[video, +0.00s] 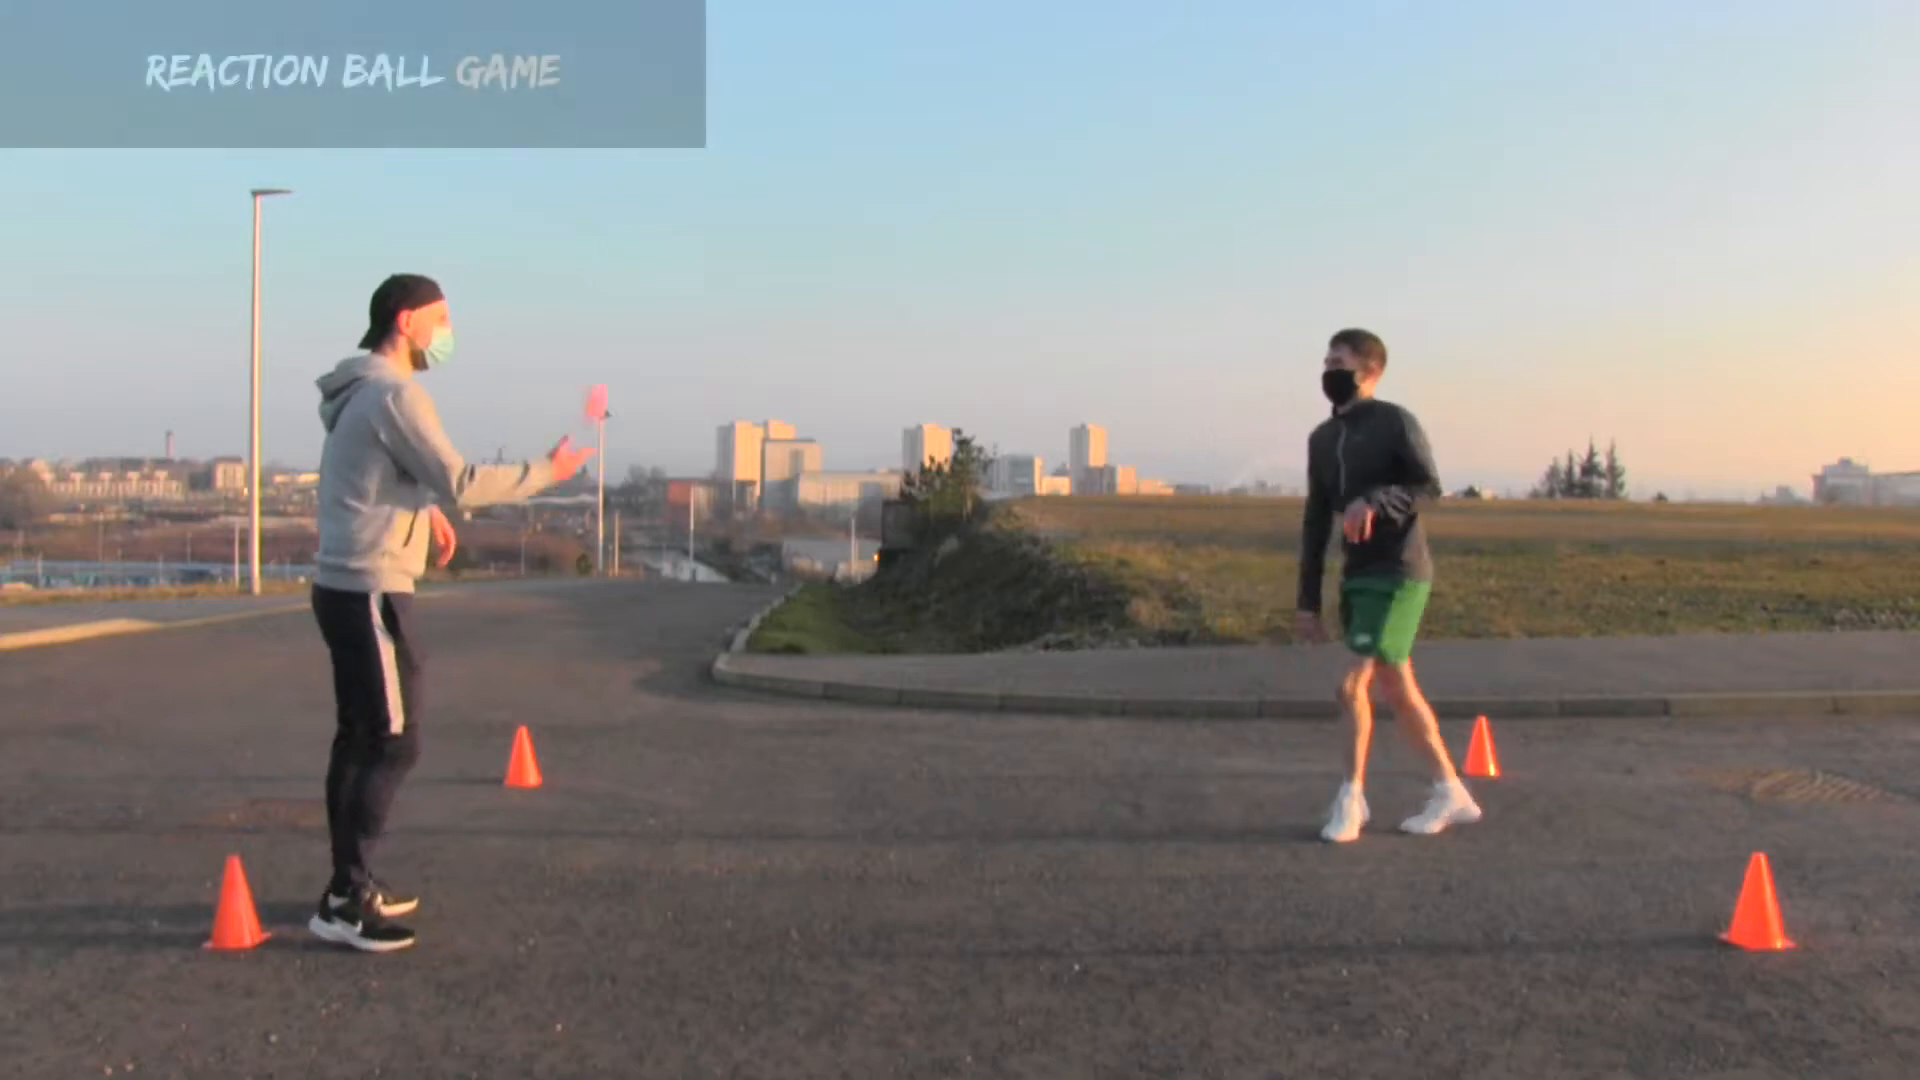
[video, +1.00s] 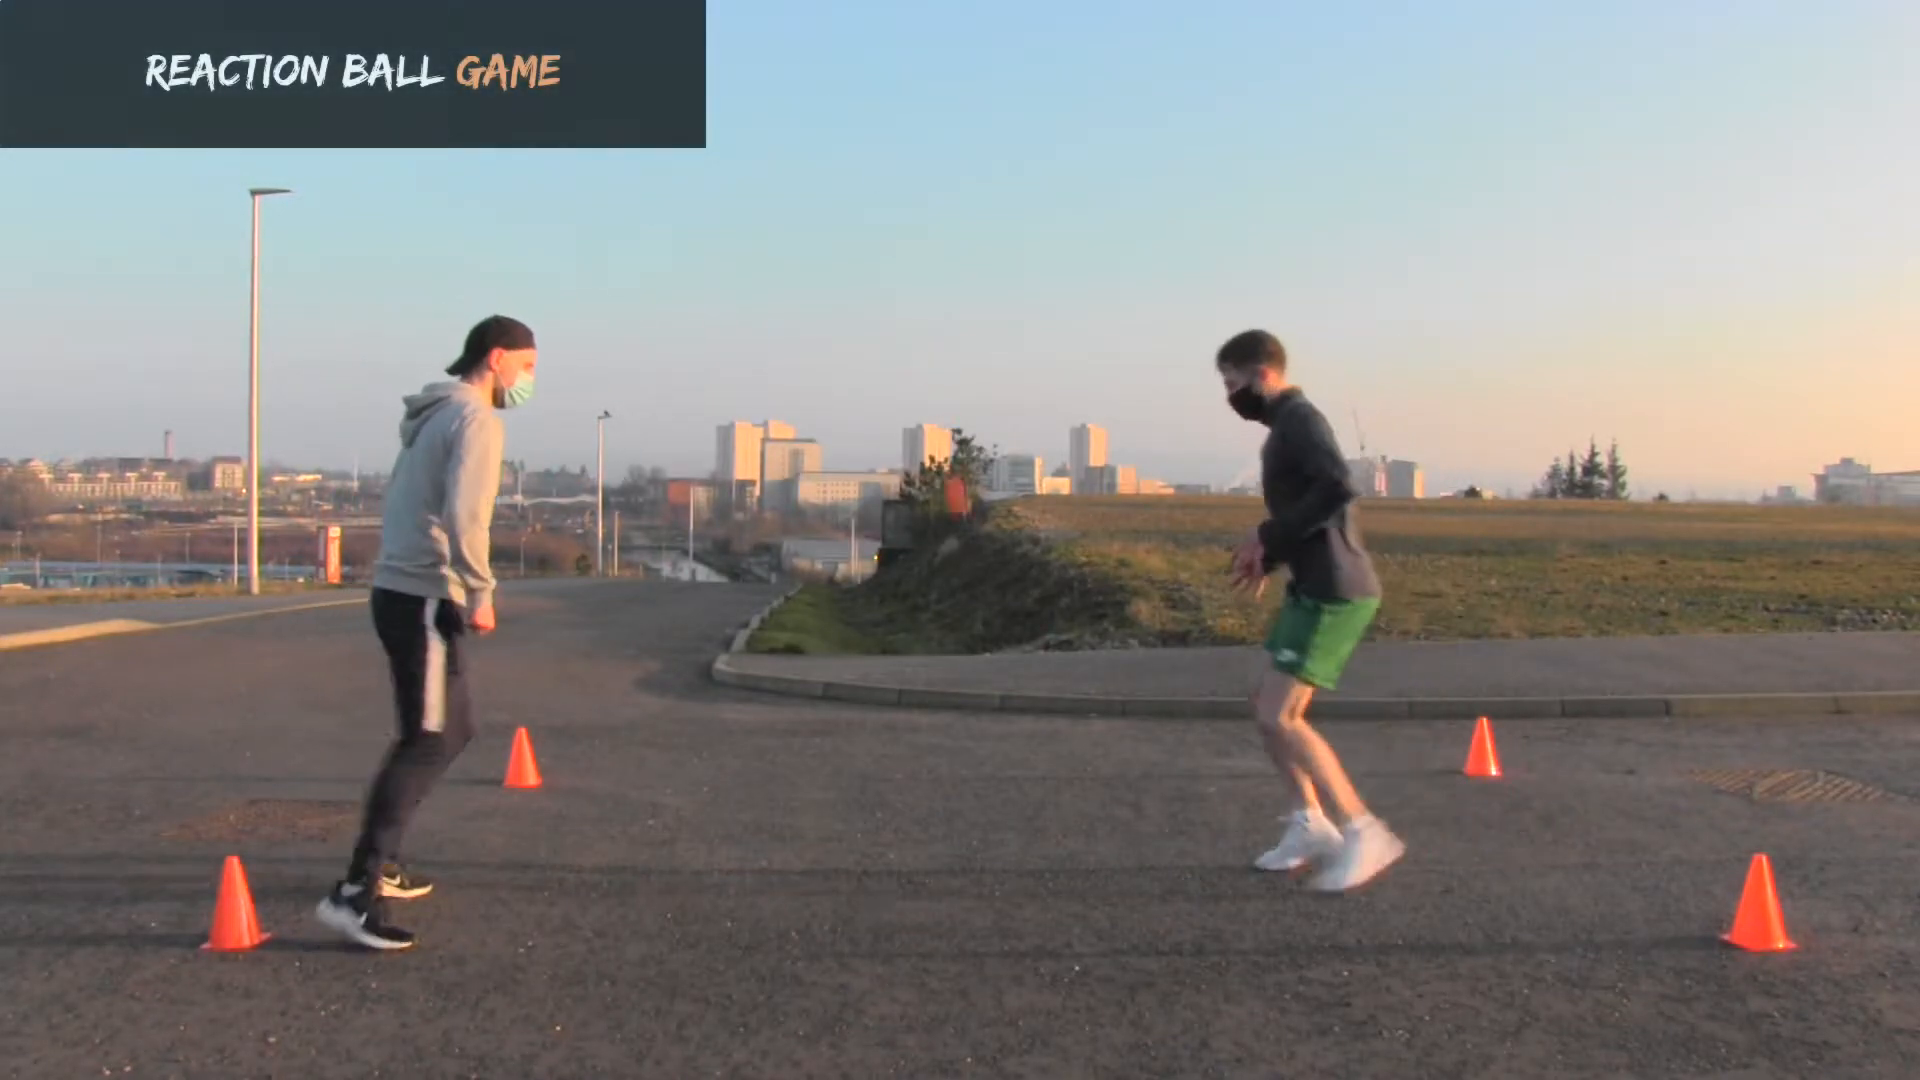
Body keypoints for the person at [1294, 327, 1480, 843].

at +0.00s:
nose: (1329, 371)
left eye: (1340, 364)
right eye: (1328, 363)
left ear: (1370, 371)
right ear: (1328, 368)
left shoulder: (1396, 422)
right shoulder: (1323, 439)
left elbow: (1427, 487)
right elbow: (1317, 520)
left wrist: (1375, 504)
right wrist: (1308, 600)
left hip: (1402, 571)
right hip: (1358, 574)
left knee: (1353, 686)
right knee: (1399, 688)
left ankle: (1351, 798)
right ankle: (1452, 790)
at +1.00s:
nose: (1229, 393)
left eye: (1235, 380)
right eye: (1226, 383)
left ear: (1266, 372)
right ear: (1264, 376)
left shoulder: (1298, 420)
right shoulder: (1281, 427)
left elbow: (1338, 487)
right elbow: (1309, 502)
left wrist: (1270, 538)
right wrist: (1266, 548)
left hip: (1339, 590)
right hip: (1311, 587)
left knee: (1280, 713)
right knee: (1266, 704)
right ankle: (1311, 823)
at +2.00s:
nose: (928, 389)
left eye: (928, 378)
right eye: (927, 378)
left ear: (945, 373)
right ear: (983, 368)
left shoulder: (973, 423)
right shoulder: (1024, 423)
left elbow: (979, 521)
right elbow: (1068, 500)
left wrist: (941, 550)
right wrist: (1012, 529)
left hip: (1039, 609)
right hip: (1081, 604)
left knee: (981, 754)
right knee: (1053, 718)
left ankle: (1060, 886)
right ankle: (1122, 837)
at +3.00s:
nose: (627, 342)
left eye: (626, 331)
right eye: (621, 331)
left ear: (572, 332)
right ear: (594, 331)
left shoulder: (527, 389)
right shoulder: (600, 391)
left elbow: (486, 463)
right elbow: (594, 476)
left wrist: (547, 491)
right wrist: (659, 527)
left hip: (515, 570)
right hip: (576, 573)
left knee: (521, 706)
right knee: (607, 708)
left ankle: (469, 831)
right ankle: (542, 844)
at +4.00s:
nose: (639, 447)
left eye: (642, 438)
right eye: (632, 438)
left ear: (636, 436)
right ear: (604, 433)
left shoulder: (611, 484)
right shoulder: (575, 484)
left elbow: (591, 539)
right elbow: (541, 553)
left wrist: (621, 548)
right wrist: (606, 595)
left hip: (582, 612)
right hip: (541, 617)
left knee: (638, 678)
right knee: (510, 716)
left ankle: (635, 768)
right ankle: (421, 793)